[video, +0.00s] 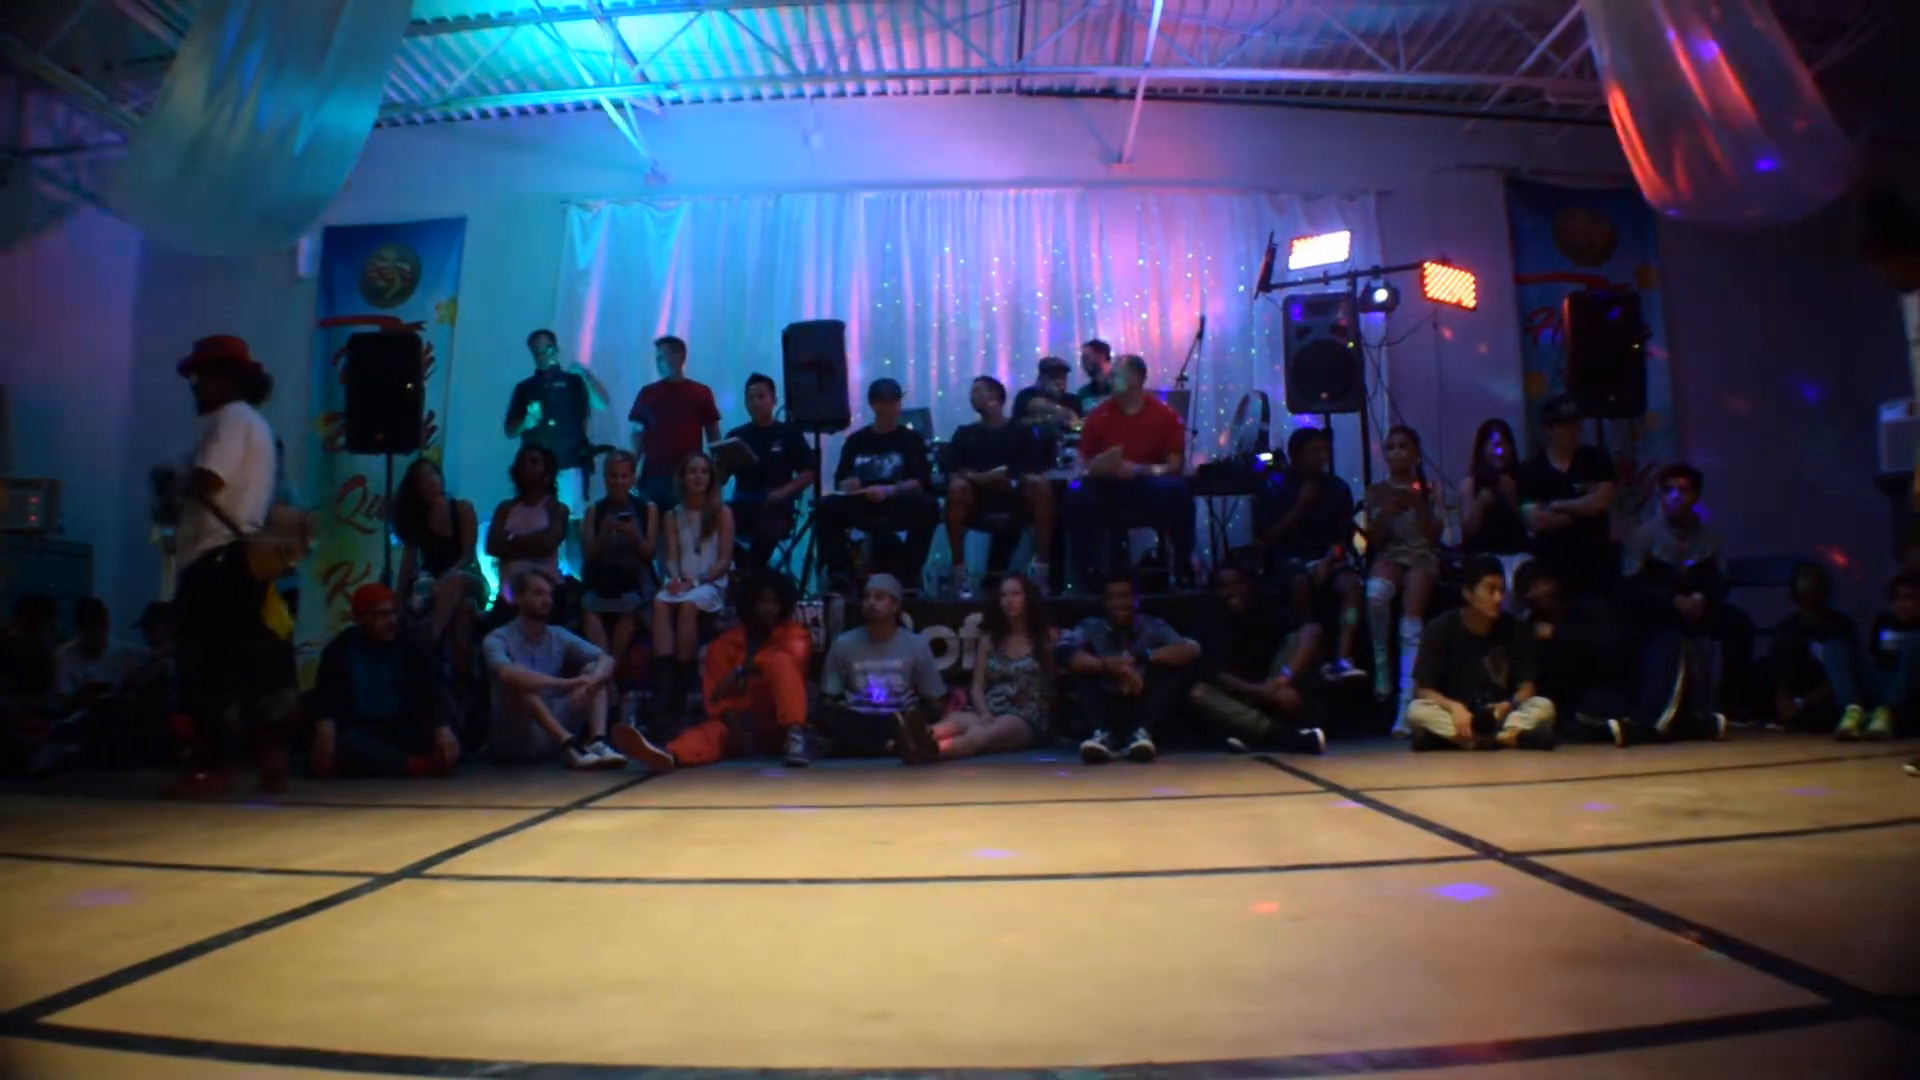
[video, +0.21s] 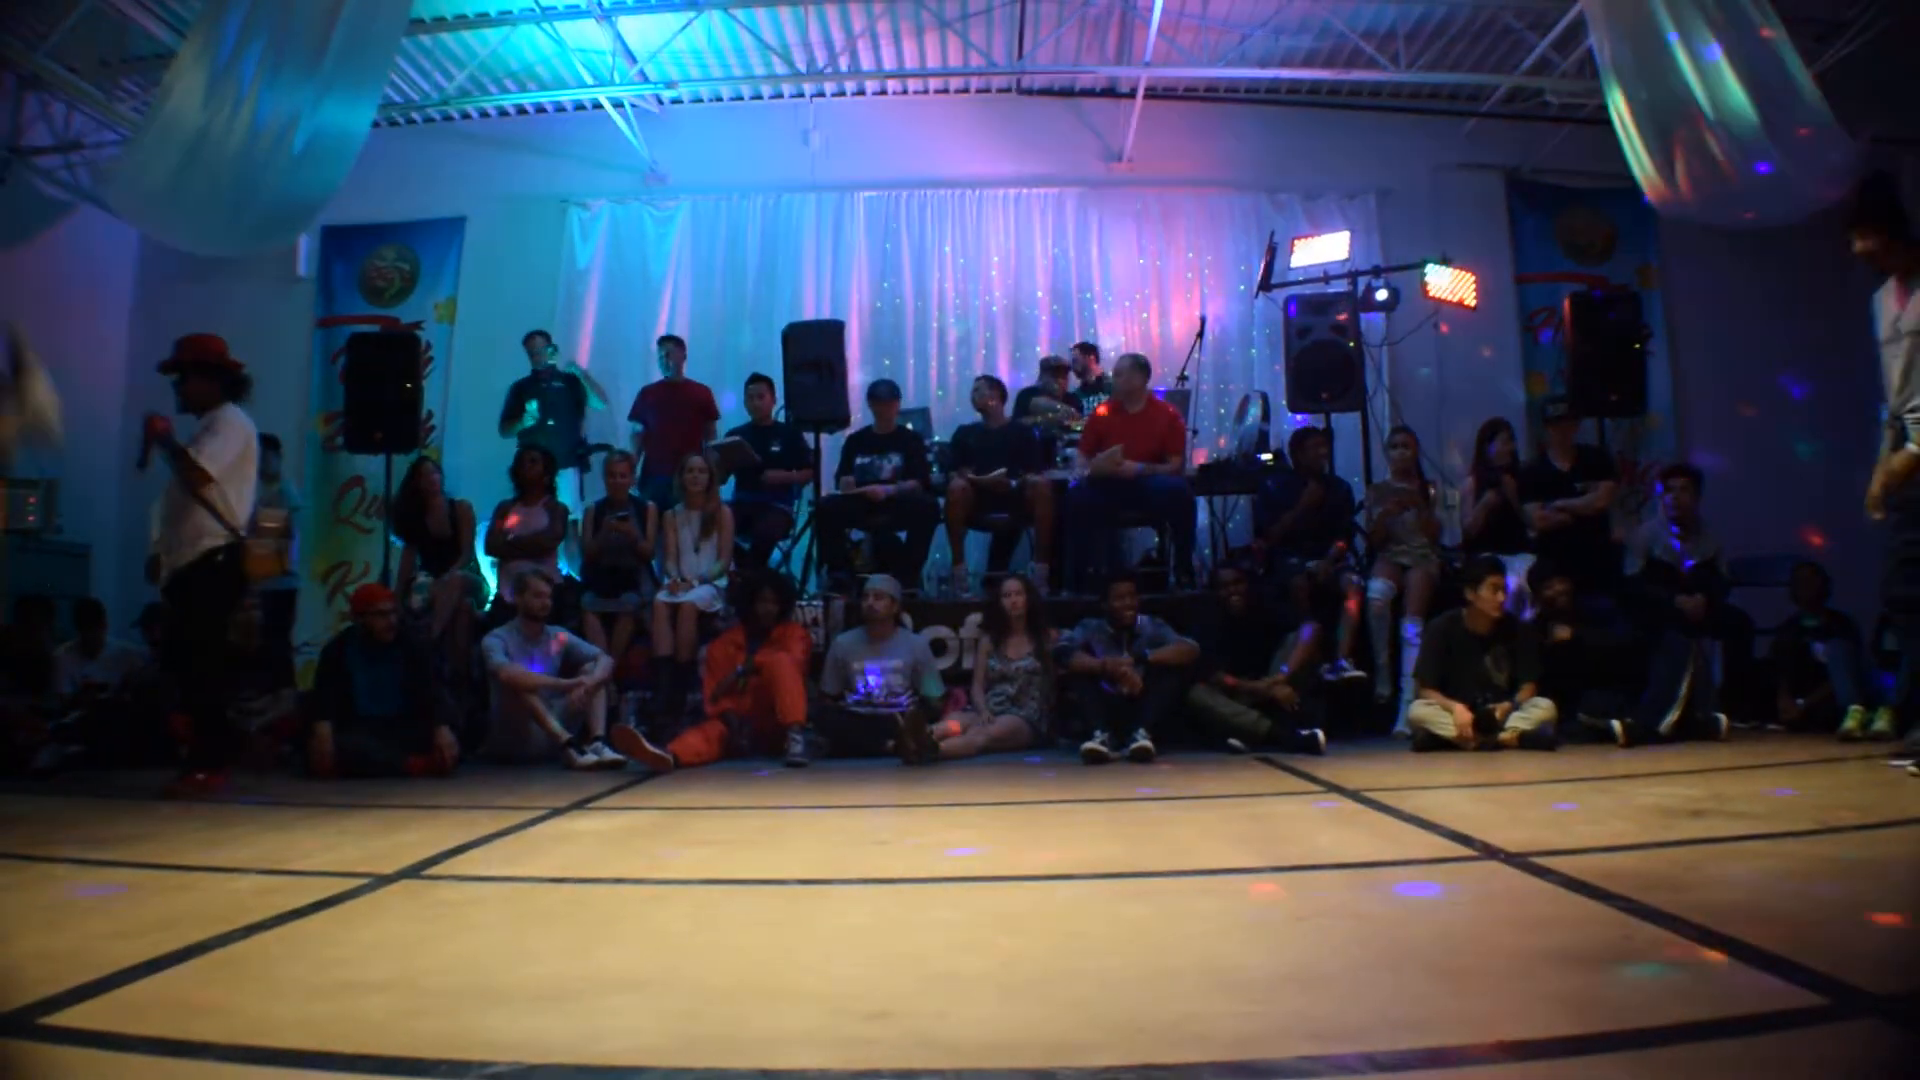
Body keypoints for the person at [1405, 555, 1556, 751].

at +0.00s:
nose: (1498, 598)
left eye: (1501, 591)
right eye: (1490, 590)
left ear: (1505, 593)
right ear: (1468, 594)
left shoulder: (1514, 628)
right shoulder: (1441, 629)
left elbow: (1527, 685)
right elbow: (1423, 689)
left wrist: (1508, 705)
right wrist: (1455, 708)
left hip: (1500, 705)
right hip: (1456, 705)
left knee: (1544, 707)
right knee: (1417, 711)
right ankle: (1505, 740)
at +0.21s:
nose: (1501, 598)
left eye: (1503, 590)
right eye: (1493, 590)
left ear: (1506, 593)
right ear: (1470, 594)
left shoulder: (1514, 629)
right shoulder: (1442, 629)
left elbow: (1529, 685)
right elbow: (1425, 689)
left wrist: (1509, 706)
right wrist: (1456, 708)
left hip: (1501, 705)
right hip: (1457, 706)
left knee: (1545, 707)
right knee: (1418, 711)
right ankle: (1506, 740)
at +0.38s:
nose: (1503, 598)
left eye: (1505, 590)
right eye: (1495, 590)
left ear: (1508, 592)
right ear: (1471, 594)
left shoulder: (1515, 629)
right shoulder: (1442, 629)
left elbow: (1529, 685)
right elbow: (1425, 689)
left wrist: (1510, 706)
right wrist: (1457, 708)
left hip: (1502, 706)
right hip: (1458, 707)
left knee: (1546, 707)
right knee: (1418, 711)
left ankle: (1461, 743)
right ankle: (1506, 740)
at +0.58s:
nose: (1504, 597)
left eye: (1505, 590)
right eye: (1496, 589)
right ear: (1472, 593)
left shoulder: (1516, 628)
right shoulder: (1442, 629)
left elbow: (1529, 685)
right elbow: (1424, 689)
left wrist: (1509, 706)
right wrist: (1456, 708)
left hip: (1502, 705)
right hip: (1458, 706)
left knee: (1545, 707)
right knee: (1418, 711)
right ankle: (1507, 740)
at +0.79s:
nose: (1501, 597)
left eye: (1504, 590)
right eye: (1492, 589)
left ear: (1508, 592)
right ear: (1469, 593)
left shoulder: (1515, 627)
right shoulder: (1443, 629)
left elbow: (1530, 684)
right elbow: (1425, 689)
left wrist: (1509, 706)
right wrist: (1456, 708)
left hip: (1502, 705)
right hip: (1458, 707)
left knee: (1546, 707)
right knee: (1417, 711)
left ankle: (1461, 742)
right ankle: (1508, 740)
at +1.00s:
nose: (1492, 596)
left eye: (1499, 589)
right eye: (1484, 588)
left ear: (1505, 593)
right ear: (1467, 592)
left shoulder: (1515, 627)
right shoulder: (1443, 628)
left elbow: (1530, 685)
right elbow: (1425, 689)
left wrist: (1510, 706)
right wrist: (1456, 707)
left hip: (1501, 705)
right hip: (1457, 705)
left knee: (1546, 707)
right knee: (1417, 710)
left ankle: (1461, 742)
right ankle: (1508, 740)